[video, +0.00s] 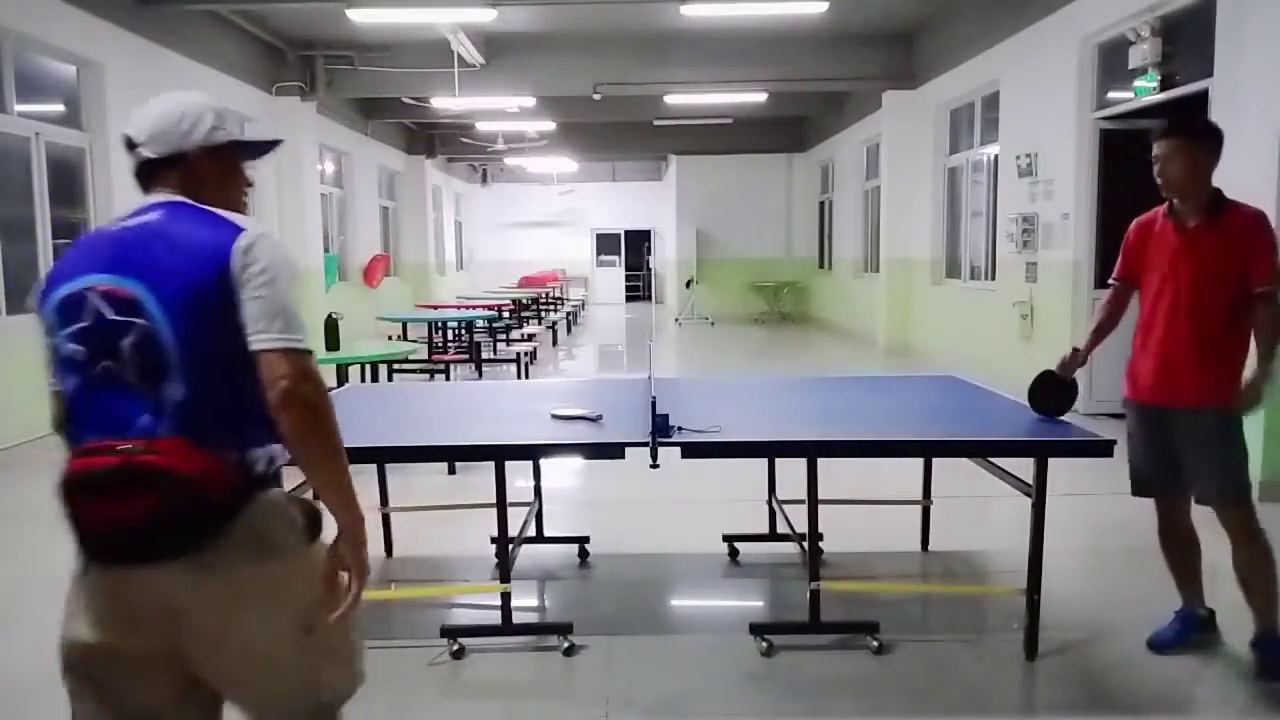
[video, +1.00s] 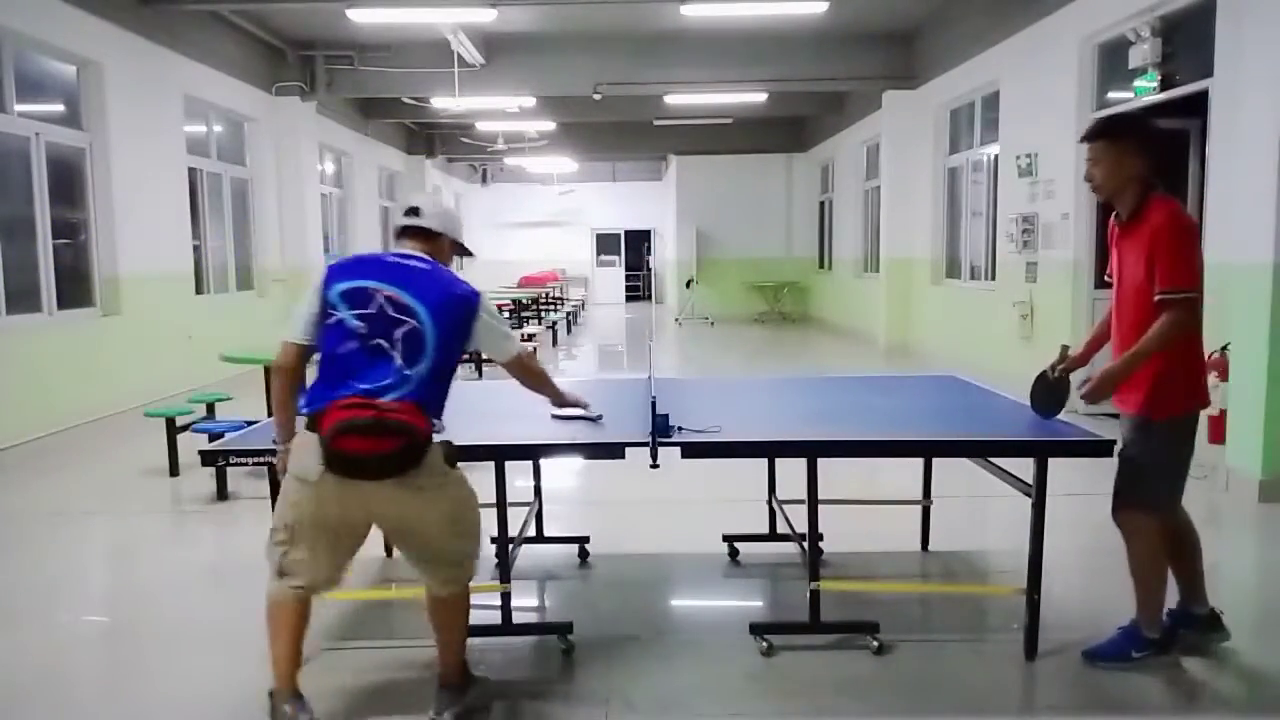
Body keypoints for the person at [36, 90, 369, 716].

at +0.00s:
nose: (248, 177)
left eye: (245, 160)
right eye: (236, 160)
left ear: (157, 169)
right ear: (194, 163)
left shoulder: (69, 264)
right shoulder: (241, 244)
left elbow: (69, 417)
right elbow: (289, 387)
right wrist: (350, 521)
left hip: (113, 547)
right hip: (235, 539)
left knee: (122, 708)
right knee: (306, 703)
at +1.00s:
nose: (456, 260)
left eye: (457, 252)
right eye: (456, 252)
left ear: (400, 236)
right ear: (444, 245)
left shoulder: (338, 272)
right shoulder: (459, 294)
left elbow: (286, 363)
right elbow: (520, 363)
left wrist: (285, 444)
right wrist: (557, 395)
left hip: (325, 454)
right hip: (410, 459)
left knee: (292, 574)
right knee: (449, 563)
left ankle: (284, 697)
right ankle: (453, 684)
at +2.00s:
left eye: (124, 200)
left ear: (111, 205)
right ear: (168, 203)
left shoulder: (87, 256)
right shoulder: (214, 258)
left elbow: (50, 352)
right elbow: (250, 343)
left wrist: (86, 350)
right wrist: (193, 343)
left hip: (141, 434)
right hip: (214, 428)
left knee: (170, 594)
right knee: (180, 569)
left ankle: (207, 713)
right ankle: (176, 681)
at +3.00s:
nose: (100, 208)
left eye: (97, 200)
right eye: (92, 201)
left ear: (51, 208)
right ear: (68, 207)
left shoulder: (12, 250)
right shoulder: (81, 251)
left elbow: (14, 318)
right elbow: (107, 317)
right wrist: (129, 309)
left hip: (14, 394)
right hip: (73, 392)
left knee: (36, 497)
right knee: (112, 484)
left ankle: (34, 608)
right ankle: (90, 589)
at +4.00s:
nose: (245, 231)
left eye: (246, 223)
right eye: (237, 224)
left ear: (242, 226)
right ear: (212, 225)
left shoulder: (246, 261)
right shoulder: (192, 258)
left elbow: (266, 300)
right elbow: (162, 301)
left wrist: (292, 317)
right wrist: (213, 299)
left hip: (238, 367)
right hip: (203, 366)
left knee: (248, 440)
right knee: (209, 453)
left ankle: (233, 517)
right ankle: (163, 534)